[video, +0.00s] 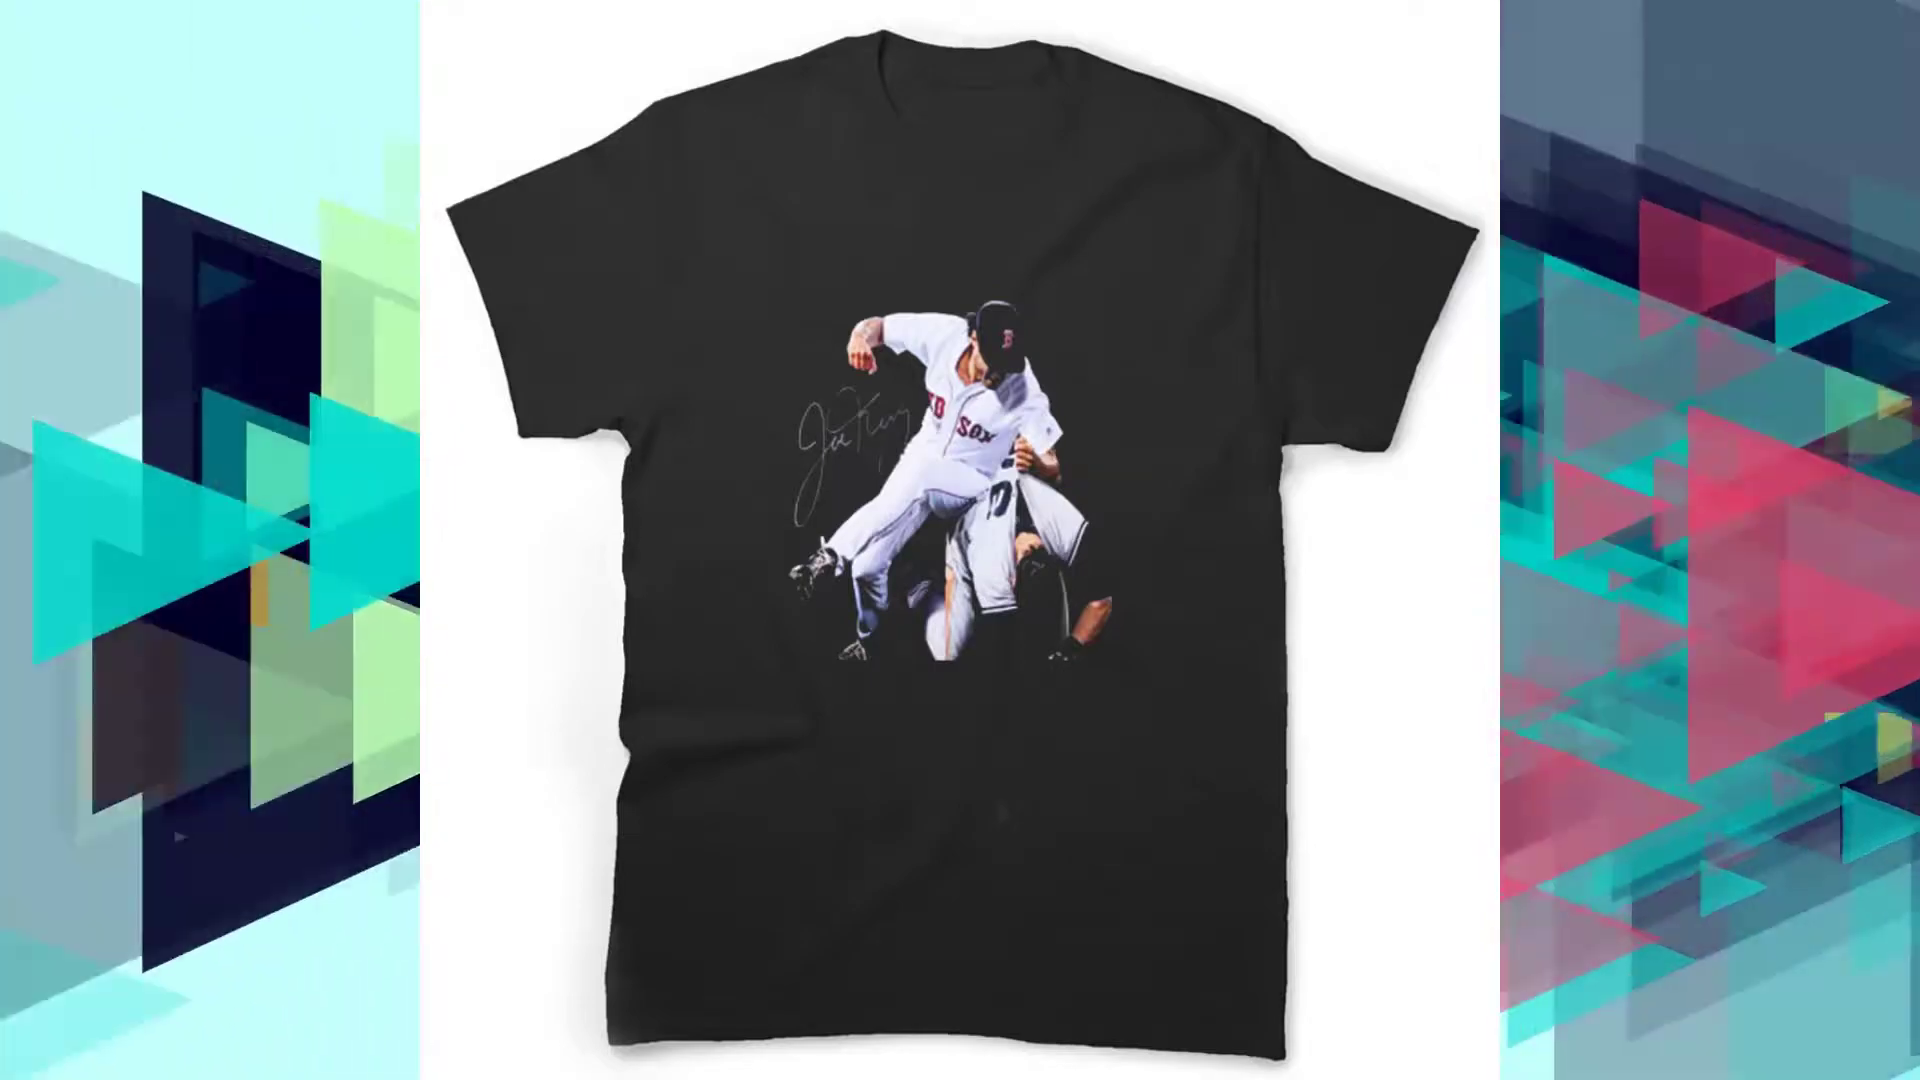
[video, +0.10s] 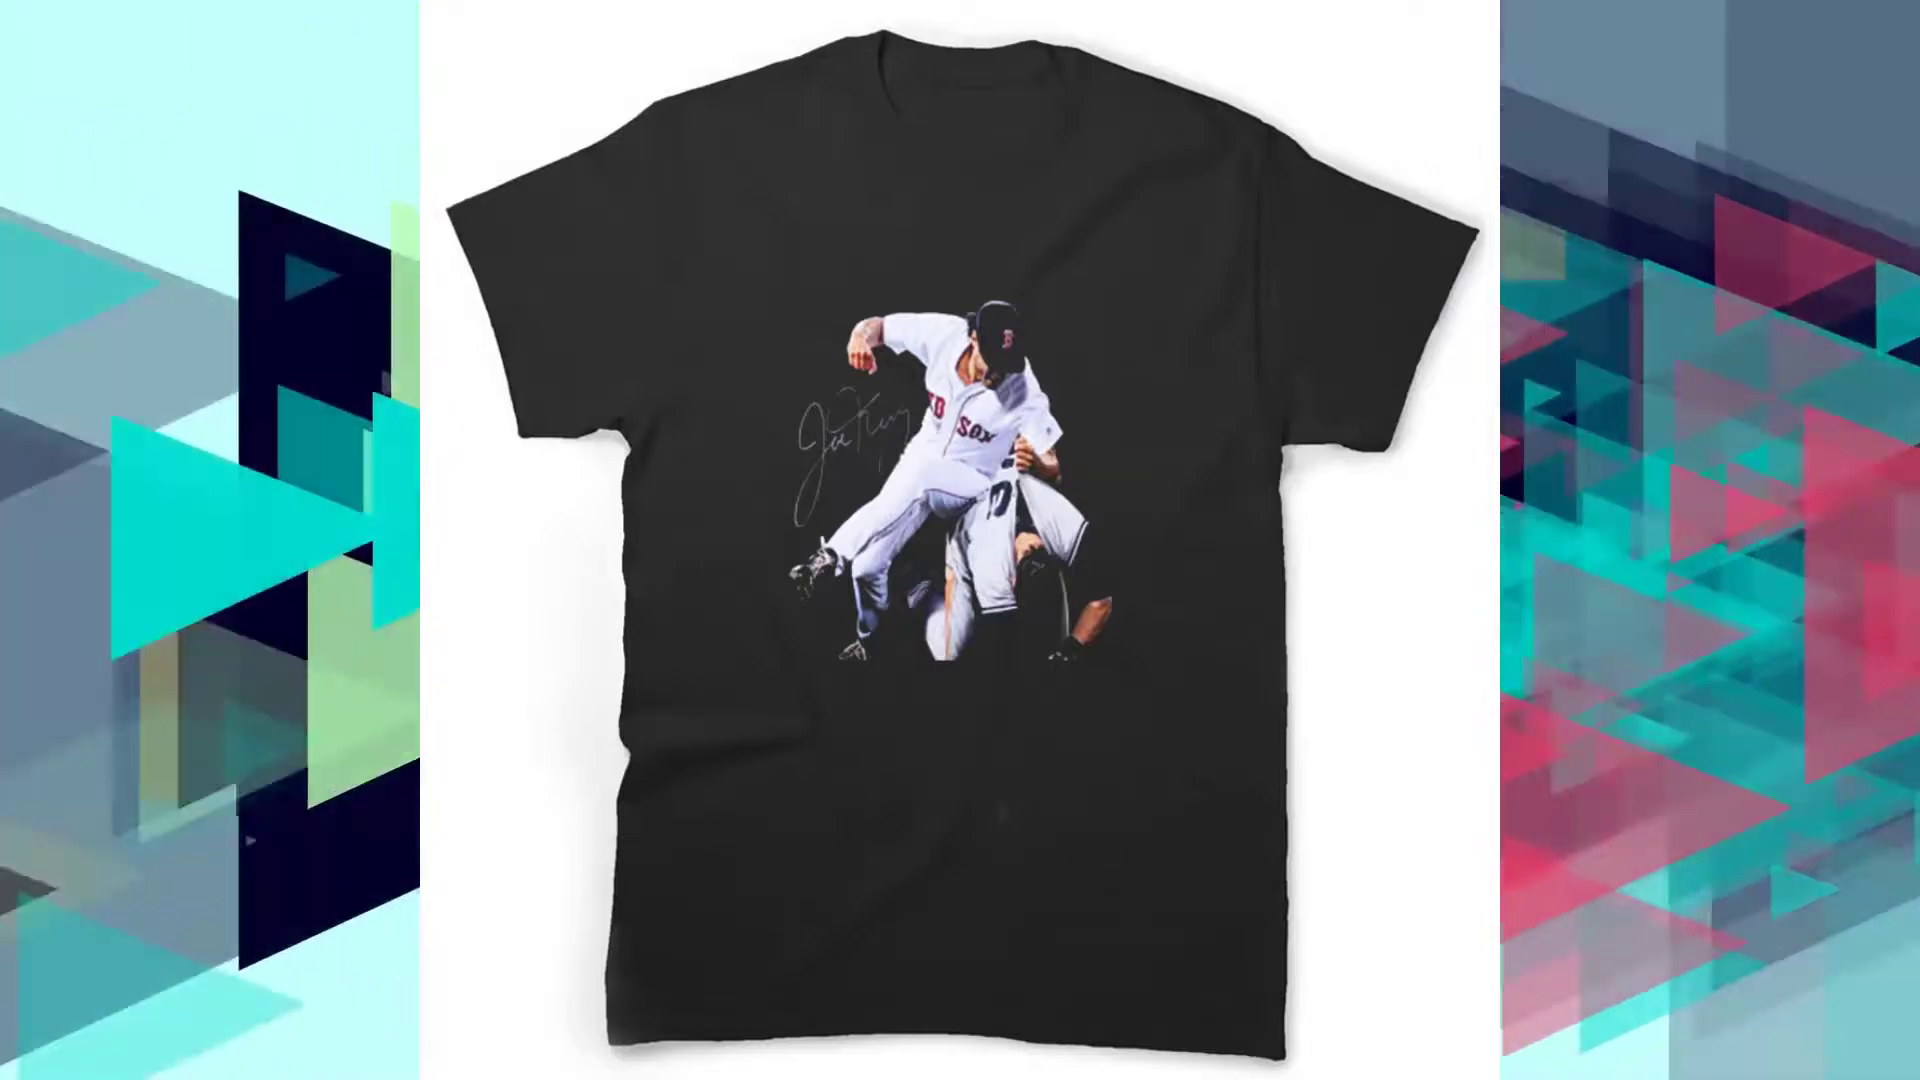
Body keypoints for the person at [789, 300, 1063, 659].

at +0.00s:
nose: (997, 374)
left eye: (1006, 367)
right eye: (991, 364)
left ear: (1017, 354)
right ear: (973, 341)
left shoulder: (1023, 389)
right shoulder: (946, 334)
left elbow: (1054, 468)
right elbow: (878, 327)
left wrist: (1038, 463)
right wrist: (861, 339)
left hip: (979, 482)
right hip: (922, 460)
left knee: (920, 476)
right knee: (867, 566)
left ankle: (828, 560)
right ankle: (871, 642)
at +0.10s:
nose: (997, 374)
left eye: (1006, 367)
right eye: (991, 364)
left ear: (1017, 354)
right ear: (973, 341)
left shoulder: (1023, 389)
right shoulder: (946, 334)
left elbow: (1054, 468)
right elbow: (878, 327)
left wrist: (1038, 463)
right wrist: (861, 339)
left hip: (979, 482)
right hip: (922, 460)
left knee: (920, 476)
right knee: (867, 566)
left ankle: (828, 560)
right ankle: (871, 642)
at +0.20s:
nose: (997, 374)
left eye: (1006, 367)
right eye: (991, 364)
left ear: (1017, 354)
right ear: (973, 341)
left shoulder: (1023, 389)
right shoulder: (946, 334)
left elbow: (1054, 468)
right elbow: (878, 327)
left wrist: (1038, 463)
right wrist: (861, 338)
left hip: (979, 482)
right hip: (922, 460)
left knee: (920, 476)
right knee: (867, 566)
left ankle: (828, 560)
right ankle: (871, 642)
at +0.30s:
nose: (997, 375)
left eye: (1006, 367)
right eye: (992, 365)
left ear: (1017, 354)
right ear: (973, 341)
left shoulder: (1024, 390)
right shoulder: (946, 334)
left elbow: (1053, 468)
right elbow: (877, 327)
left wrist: (1038, 463)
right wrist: (861, 339)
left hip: (978, 482)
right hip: (922, 460)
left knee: (920, 477)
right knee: (867, 566)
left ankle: (828, 560)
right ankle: (871, 641)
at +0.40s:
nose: (997, 374)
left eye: (1006, 367)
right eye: (992, 365)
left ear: (1017, 354)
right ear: (973, 341)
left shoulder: (1024, 390)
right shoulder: (946, 334)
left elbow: (1053, 468)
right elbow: (877, 327)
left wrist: (1038, 463)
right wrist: (861, 339)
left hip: (978, 482)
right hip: (922, 460)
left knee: (920, 477)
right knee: (867, 566)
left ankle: (828, 560)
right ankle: (871, 641)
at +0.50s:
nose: (997, 374)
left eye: (1006, 367)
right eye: (992, 365)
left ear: (1017, 354)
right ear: (973, 341)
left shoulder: (1024, 390)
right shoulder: (946, 334)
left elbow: (1053, 468)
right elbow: (877, 327)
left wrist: (1038, 463)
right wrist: (861, 339)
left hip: (978, 482)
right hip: (922, 460)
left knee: (920, 477)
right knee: (867, 566)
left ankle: (828, 560)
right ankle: (871, 641)